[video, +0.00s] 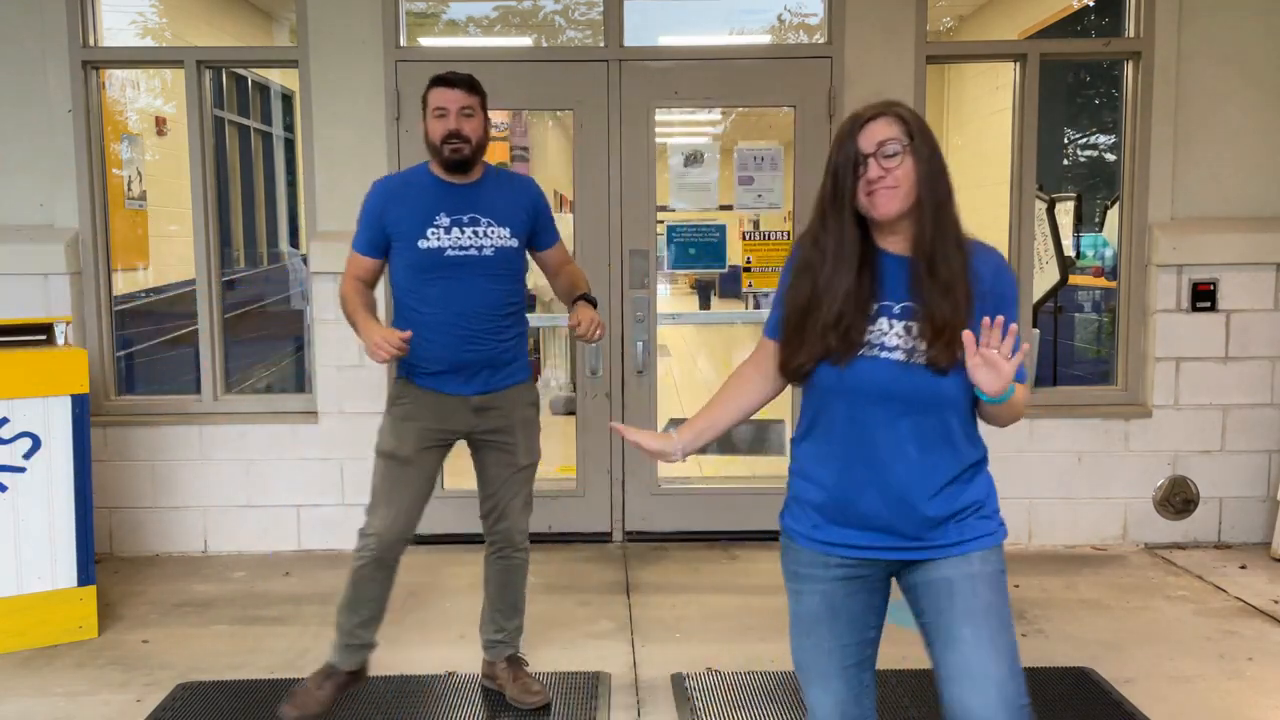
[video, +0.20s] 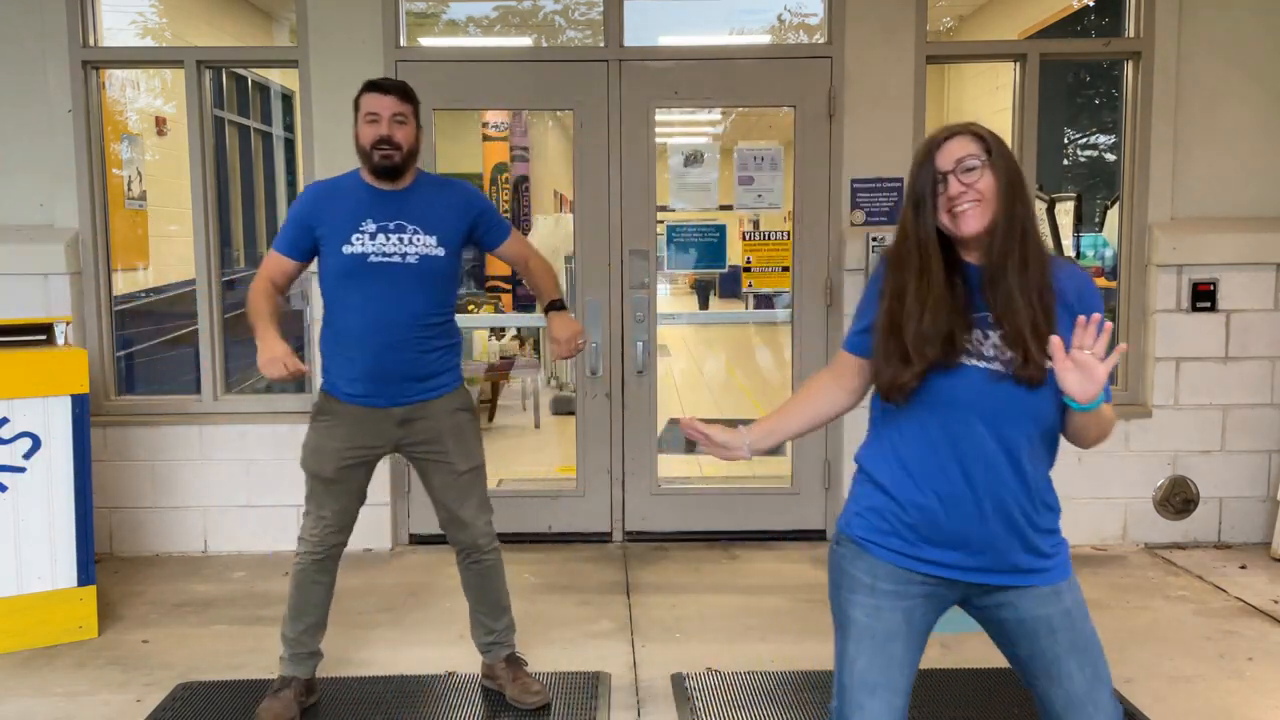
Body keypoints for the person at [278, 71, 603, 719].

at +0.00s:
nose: (455, 125)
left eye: (467, 114)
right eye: (442, 115)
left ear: (486, 123)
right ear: (423, 127)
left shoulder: (521, 196)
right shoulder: (390, 197)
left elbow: (561, 269)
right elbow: (354, 283)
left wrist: (581, 303)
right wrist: (369, 328)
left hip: (506, 395)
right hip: (421, 395)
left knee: (510, 535)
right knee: (381, 537)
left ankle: (503, 659)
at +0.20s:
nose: (385, 131)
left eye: (398, 121)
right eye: (373, 120)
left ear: (418, 133)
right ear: (354, 132)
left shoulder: (459, 202)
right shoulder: (320, 203)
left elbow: (528, 258)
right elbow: (265, 286)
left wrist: (557, 312)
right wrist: (269, 339)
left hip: (438, 404)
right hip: (348, 408)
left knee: (477, 539)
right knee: (318, 545)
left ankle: (502, 660)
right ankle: (295, 676)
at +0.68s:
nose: (280, 124)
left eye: (291, 113)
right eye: (266, 114)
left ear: (310, 124)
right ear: (246, 130)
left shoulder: (358, 183)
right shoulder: (224, 209)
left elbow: (400, 257)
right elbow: (222, 301)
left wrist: (425, 266)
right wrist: (193, 301)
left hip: (368, 390)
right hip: (283, 400)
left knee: (380, 539)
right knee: (284, 547)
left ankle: (363, 685)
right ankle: (293, 676)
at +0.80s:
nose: (277, 129)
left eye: (288, 118)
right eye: (262, 119)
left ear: (307, 127)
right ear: (242, 134)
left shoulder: (357, 187)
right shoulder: (220, 215)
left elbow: (405, 263)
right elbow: (202, 308)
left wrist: (431, 271)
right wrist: (177, 304)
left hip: (364, 396)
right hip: (280, 404)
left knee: (362, 546)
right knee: (281, 551)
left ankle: (360, 688)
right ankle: (294, 676)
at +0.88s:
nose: (277, 125)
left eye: (288, 114)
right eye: (262, 115)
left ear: (308, 125)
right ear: (242, 132)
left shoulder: (356, 180)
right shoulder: (220, 209)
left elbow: (391, 246)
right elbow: (202, 294)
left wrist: (402, 265)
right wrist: (204, 290)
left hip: (365, 393)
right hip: (281, 401)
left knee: (369, 542)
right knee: (282, 548)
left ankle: (362, 686)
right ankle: (294, 677)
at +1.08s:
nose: (303, 144)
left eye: (314, 133)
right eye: (288, 133)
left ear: (329, 143)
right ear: (264, 144)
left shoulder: (370, 203)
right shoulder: (233, 225)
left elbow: (397, 270)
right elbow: (216, 308)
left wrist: (404, 289)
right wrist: (243, 349)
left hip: (372, 405)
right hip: (284, 417)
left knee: (411, 530)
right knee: (276, 555)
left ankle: (407, 669)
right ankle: (292, 677)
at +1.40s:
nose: (397, 151)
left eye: (410, 142)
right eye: (384, 137)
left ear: (423, 153)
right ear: (357, 142)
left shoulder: (449, 209)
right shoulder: (313, 202)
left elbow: (492, 269)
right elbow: (213, 240)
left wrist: (506, 272)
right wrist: (241, 287)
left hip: (421, 414)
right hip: (328, 416)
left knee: (475, 545)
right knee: (298, 558)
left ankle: (523, 674)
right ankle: (292, 679)